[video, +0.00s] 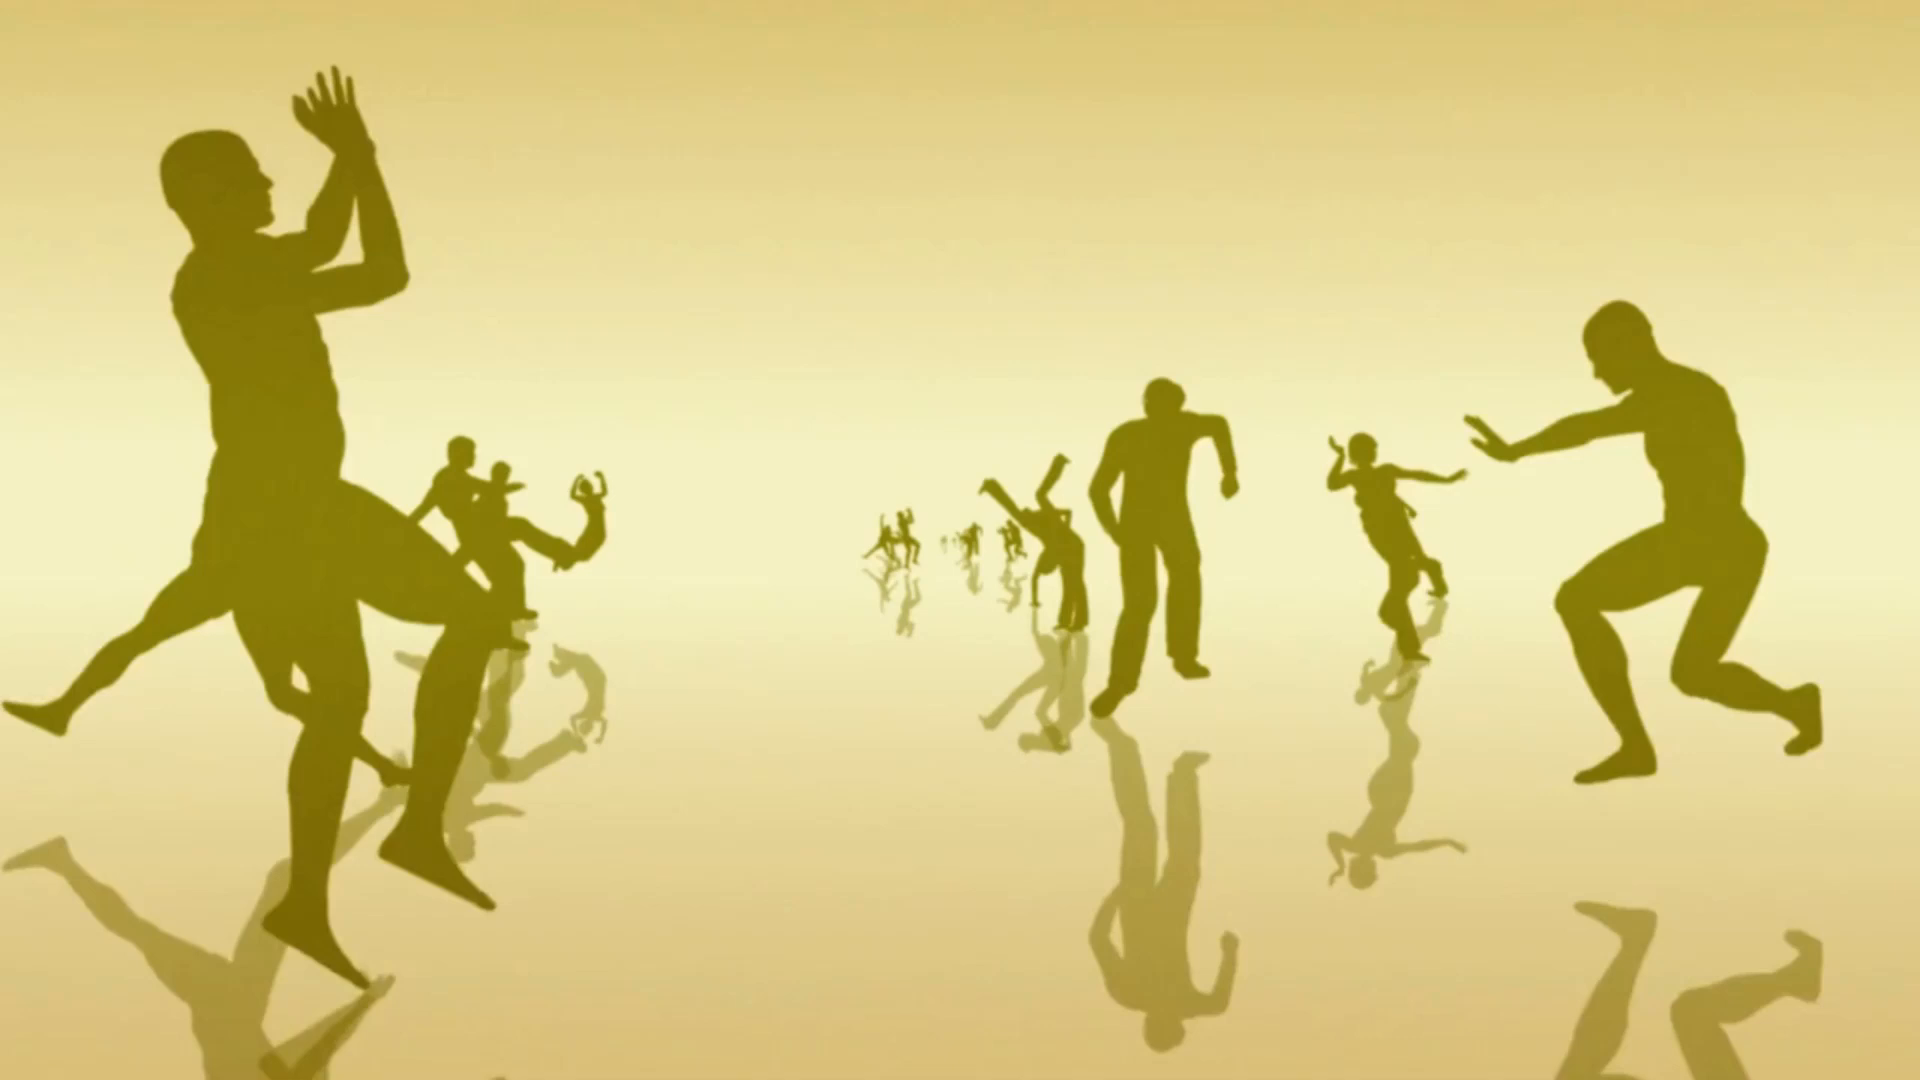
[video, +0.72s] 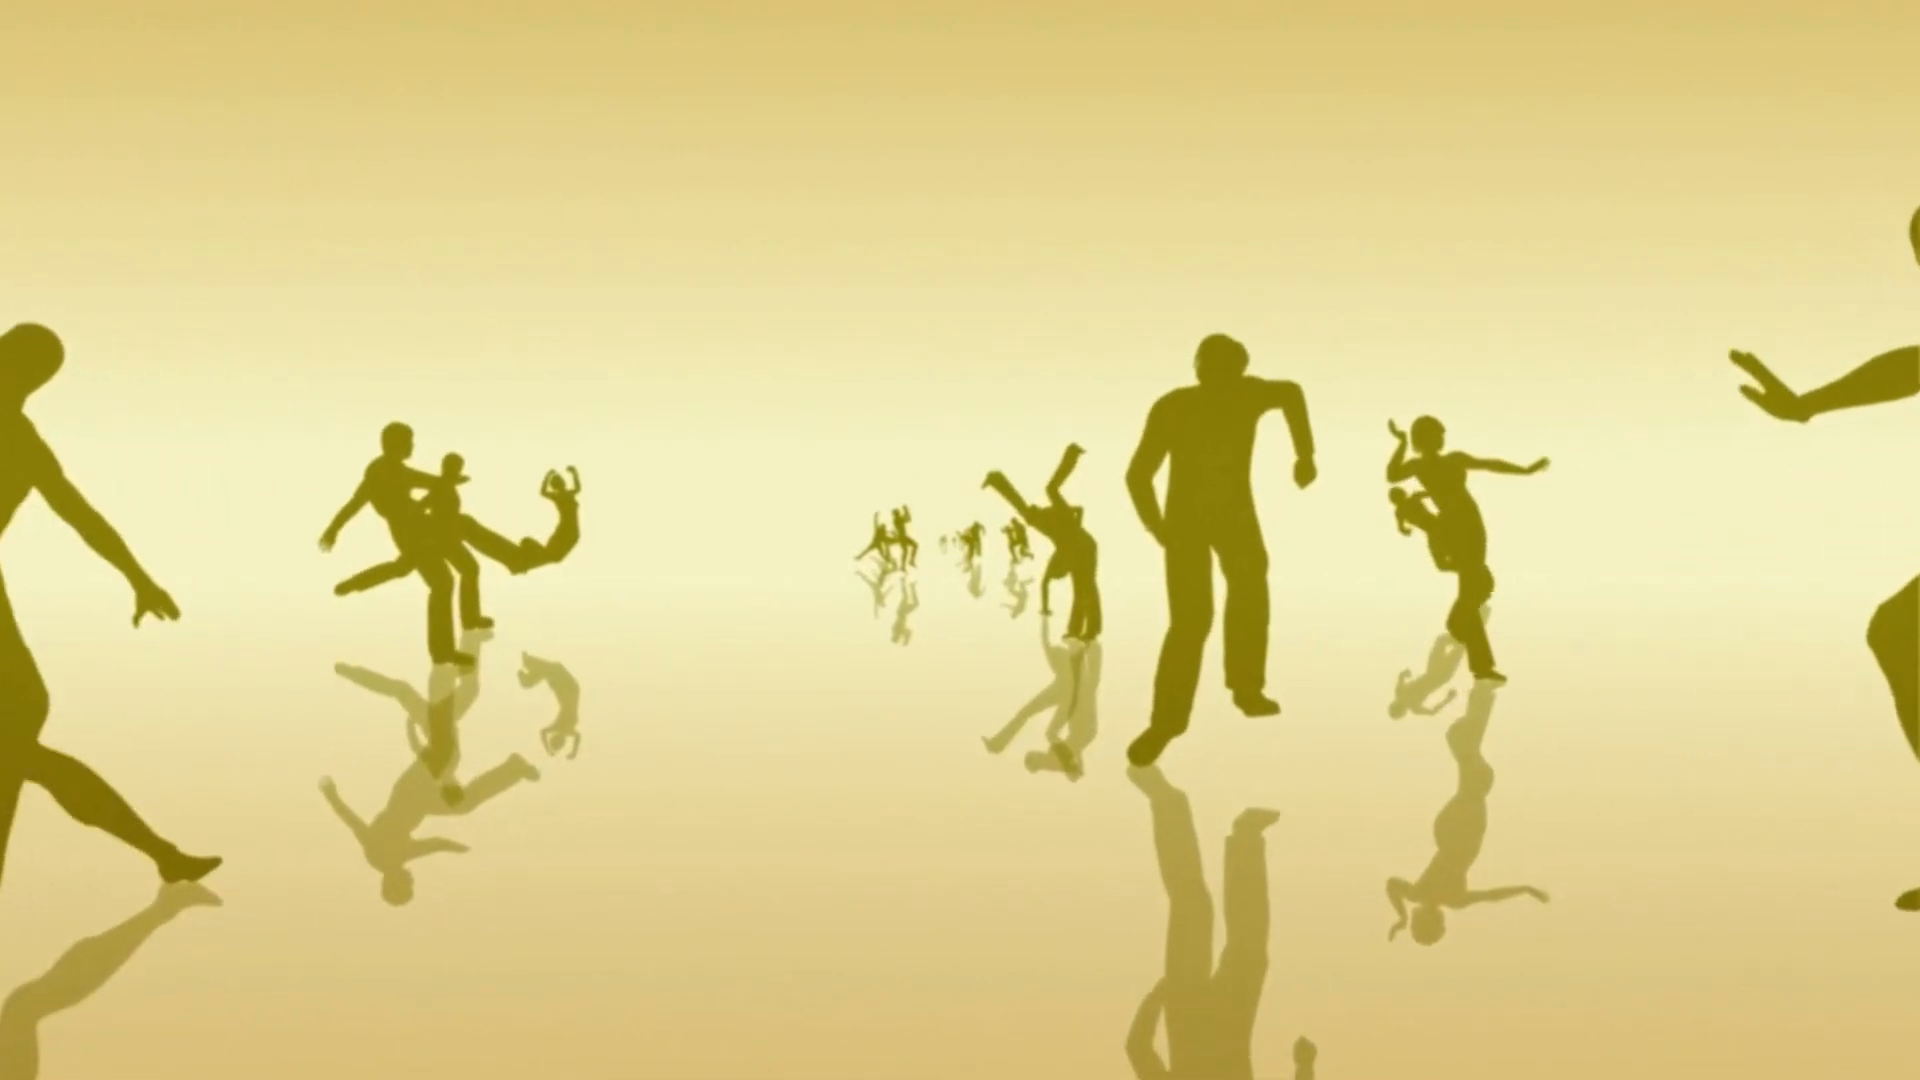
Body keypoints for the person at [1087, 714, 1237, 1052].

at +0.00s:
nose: (1172, 1038)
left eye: (1165, 1040)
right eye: (1172, 1041)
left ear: (1152, 1030)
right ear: (1176, 1030)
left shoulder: (1127, 994)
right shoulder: (1189, 1005)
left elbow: (1097, 939)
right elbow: (1220, 1001)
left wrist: (1114, 899)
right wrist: (1230, 954)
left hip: (1136, 921)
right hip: (1171, 924)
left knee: (1138, 825)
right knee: (1186, 859)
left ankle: (1119, 742)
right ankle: (1184, 772)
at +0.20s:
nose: (1180, 1070)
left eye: (1176, 1072)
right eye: (1185, 1071)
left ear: (1162, 1065)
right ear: (1193, 1064)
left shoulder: (1140, 1025)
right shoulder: (1205, 1036)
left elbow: (1107, 966)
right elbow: (1239, 1033)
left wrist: (1125, 922)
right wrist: (1248, 984)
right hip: (1188, 963)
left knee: (1151, 848)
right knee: (1202, 882)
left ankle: (1132, 758)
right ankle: (1200, 790)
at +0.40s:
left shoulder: (1155, 1061)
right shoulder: (1229, 1073)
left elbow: (1119, 996)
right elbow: (1259, 1065)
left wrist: (1138, 951)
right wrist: (1270, 1015)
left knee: (1165, 868)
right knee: (1219, 908)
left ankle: (1142, 770)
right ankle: (1218, 805)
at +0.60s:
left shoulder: (1164, 1074)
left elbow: (1132, 1030)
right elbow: (1289, 1077)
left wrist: (1150, 984)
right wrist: (1294, 1051)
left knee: (1182, 893)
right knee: (1239, 931)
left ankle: (1158, 787)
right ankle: (1238, 827)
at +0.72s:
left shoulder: (1171, 1076)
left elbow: (1137, 1045)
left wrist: (1158, 994)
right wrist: (1305, 1067)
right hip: (1231, 1065)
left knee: (1189, 904)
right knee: (1248, 949)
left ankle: (1166, 797)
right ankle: (1247, 836)